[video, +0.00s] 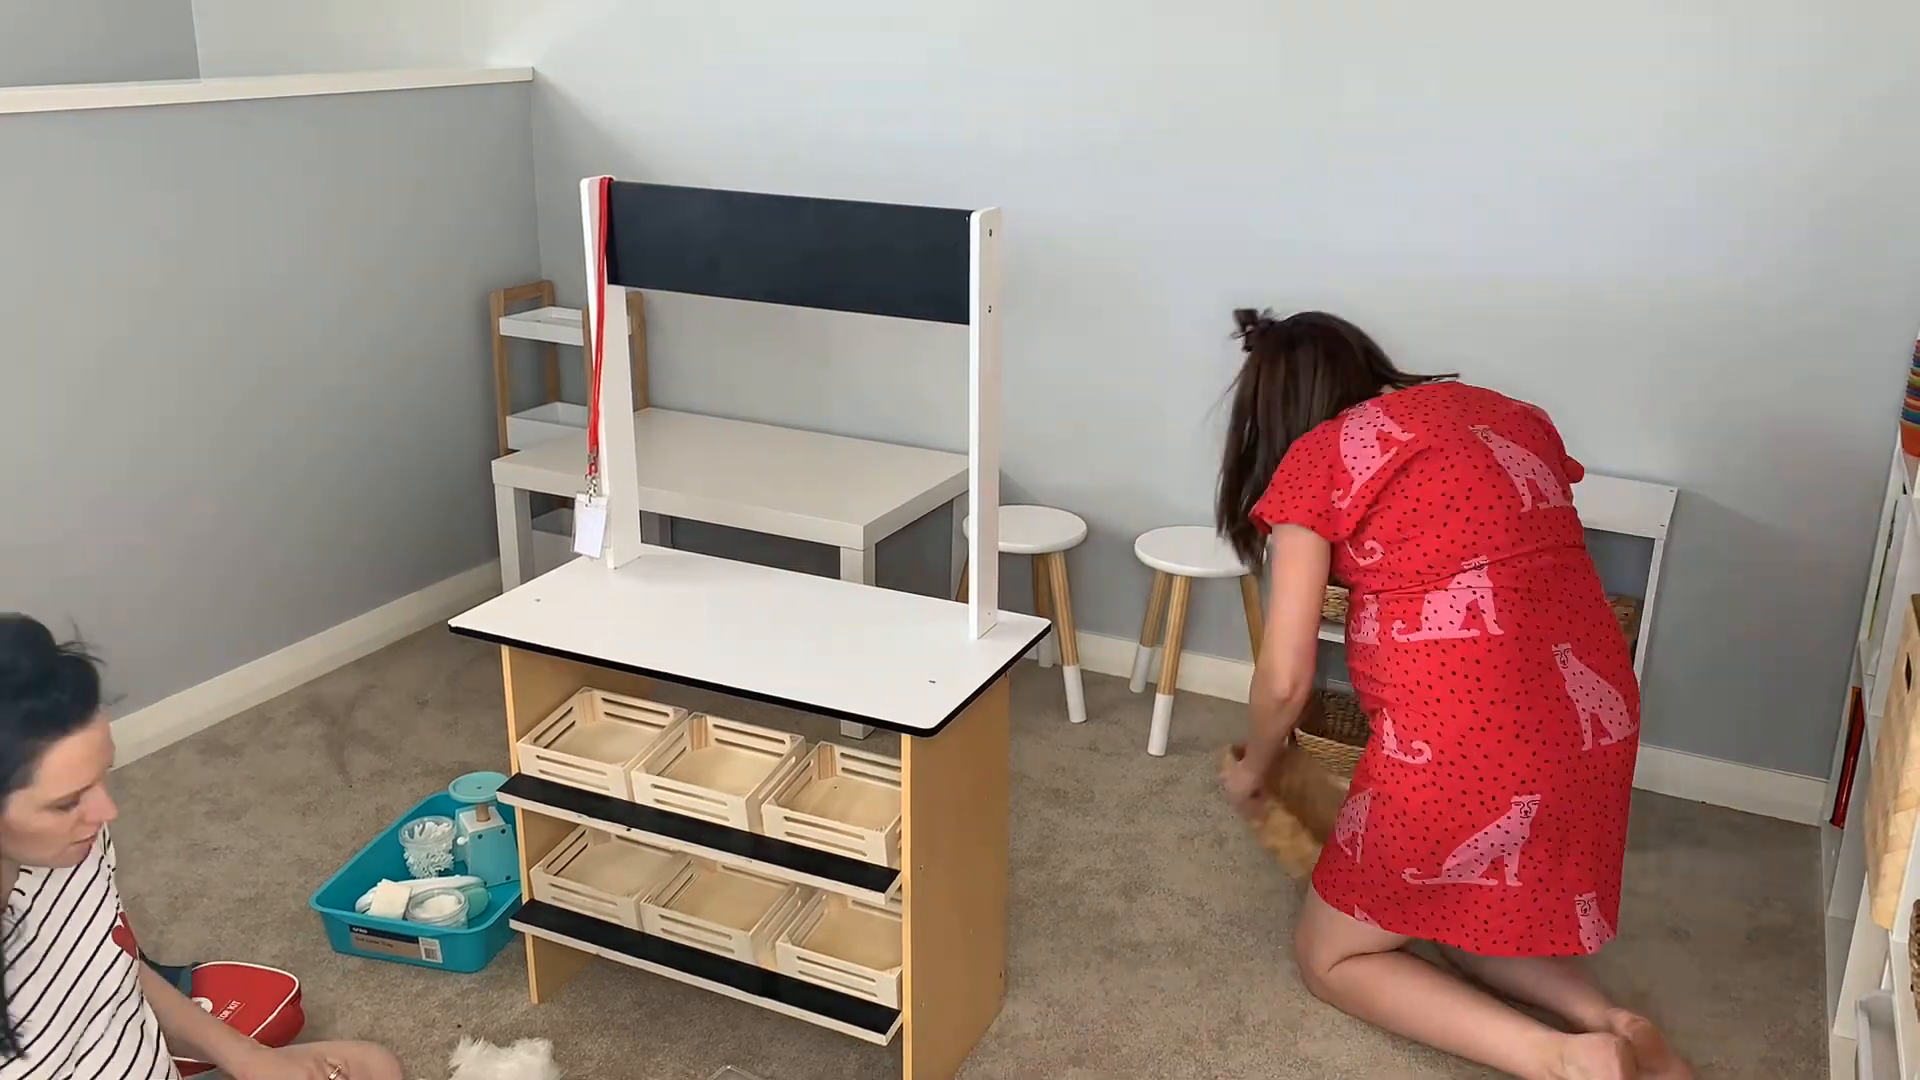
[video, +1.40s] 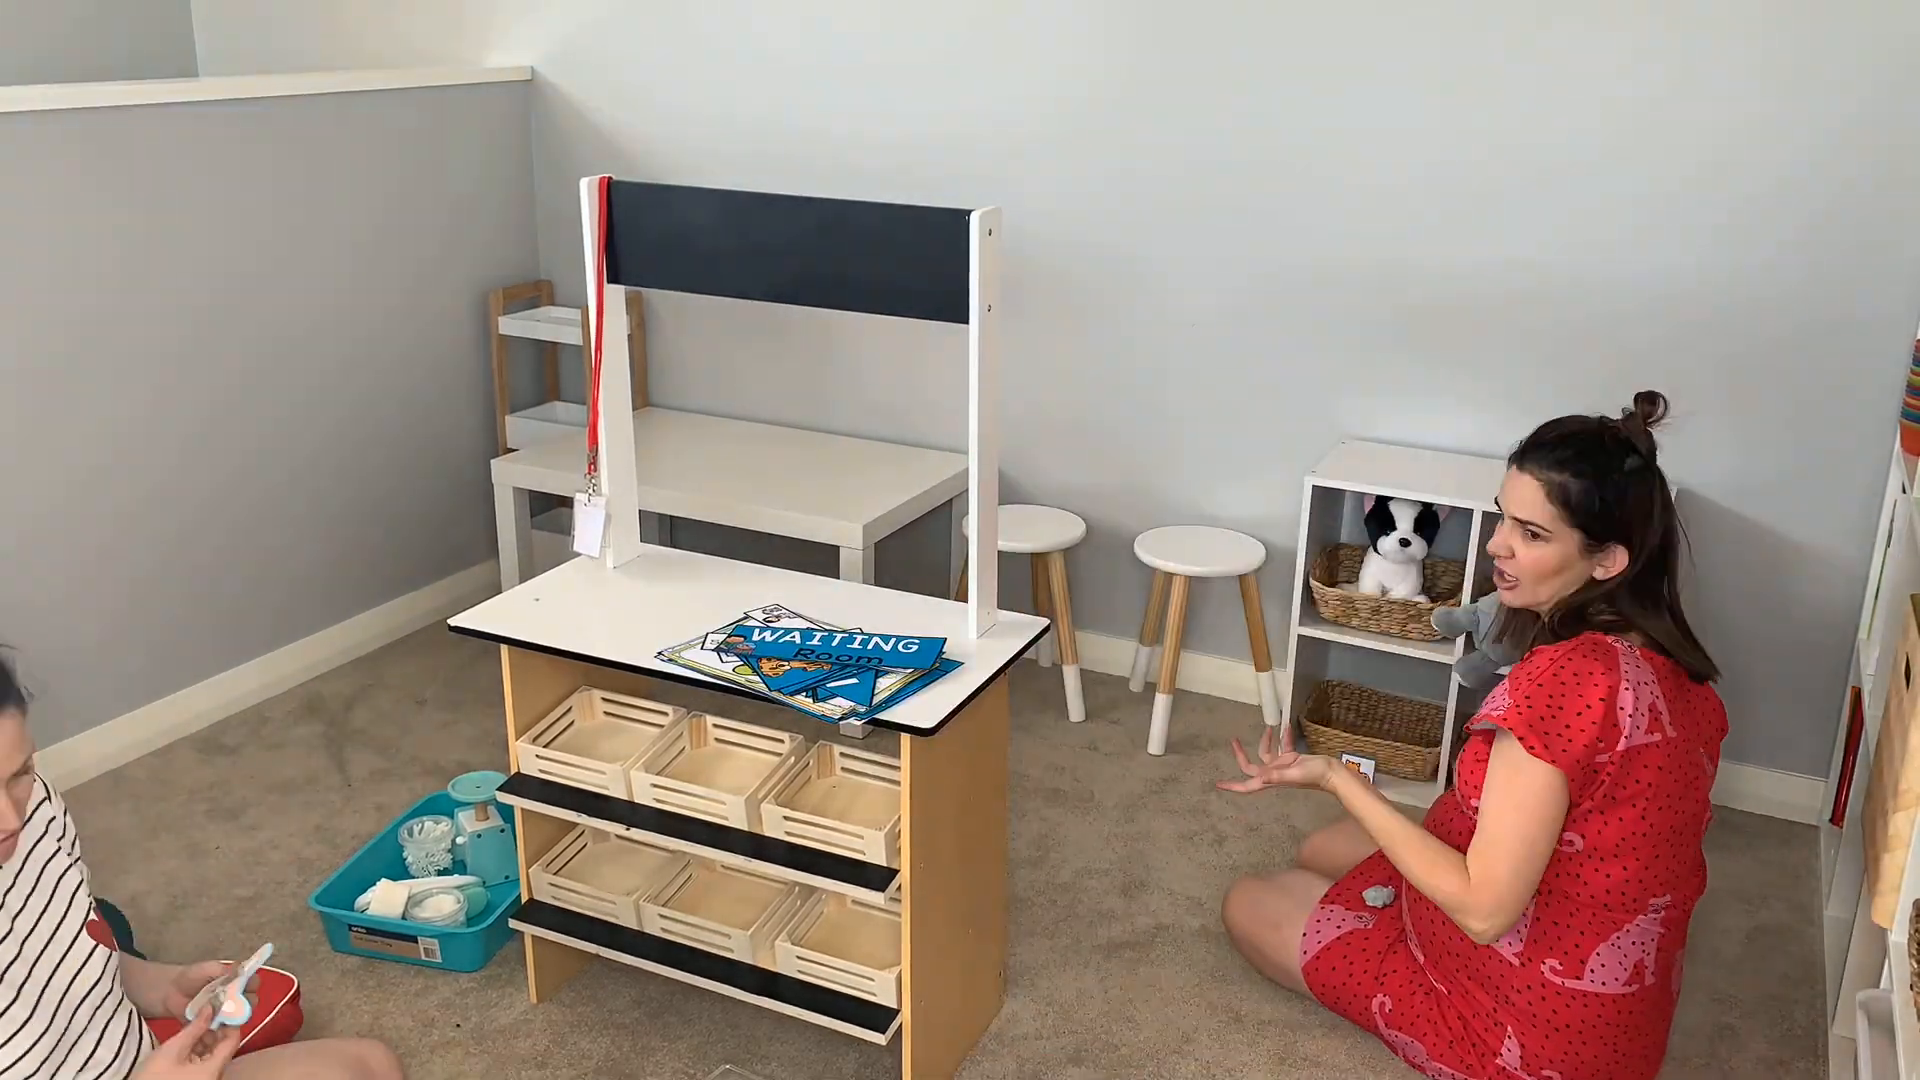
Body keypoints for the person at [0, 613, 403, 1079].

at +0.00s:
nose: (108, 812)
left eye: (102, 776)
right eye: (70, 802)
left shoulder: (73, 837)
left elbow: (117, 966)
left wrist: (247, 1056)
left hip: (160, 1058)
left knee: (375, 1065)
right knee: (372, 1065)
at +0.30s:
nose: (79, 785)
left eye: (67, 759)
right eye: (46, 785)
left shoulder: (49, 830)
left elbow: (100, 955)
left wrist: (204, 922)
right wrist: (71, 1058)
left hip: (144, 1057)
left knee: (373, 1062)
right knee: (369, 1062)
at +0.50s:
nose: (69, 797)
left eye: (64, 765)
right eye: (33, 793)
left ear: (61, 736)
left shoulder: (57, 815)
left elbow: (100, 951)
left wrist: (189, 947)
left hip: (125, 1050)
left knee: (373, 1063)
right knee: (368, 1063)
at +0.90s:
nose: (45, 788)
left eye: (43, 754)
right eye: (11, 778)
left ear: (45, 726)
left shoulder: (53, 793)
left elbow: (86, 931)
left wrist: (158, 957)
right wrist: (123, 1068)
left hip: (133, 1042)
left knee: (372, 1062)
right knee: (368, 1063)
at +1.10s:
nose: (53, 822)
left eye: (58, 788)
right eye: (16, 811)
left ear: (61, 752)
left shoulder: (72, 816)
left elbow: (160, 979)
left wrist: (266, 1070)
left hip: (162, 1067)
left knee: (374, 1062)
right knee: (371, 1063)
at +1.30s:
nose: (48, 705)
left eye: (23, 684)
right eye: (8, 706)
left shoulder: (44, 802)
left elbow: (81, 929)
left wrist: (167, 963)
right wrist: (125, 1066)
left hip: (133, 1040)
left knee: (373, 1063)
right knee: (370, 1064)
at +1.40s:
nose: (13, 815)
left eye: (20, 775)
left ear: (30, 747)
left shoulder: (35, 797)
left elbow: (68, 943)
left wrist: (167, 986)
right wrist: (146, 1073)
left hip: (141, 1048)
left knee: (373, 1063)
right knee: (370, 1064)